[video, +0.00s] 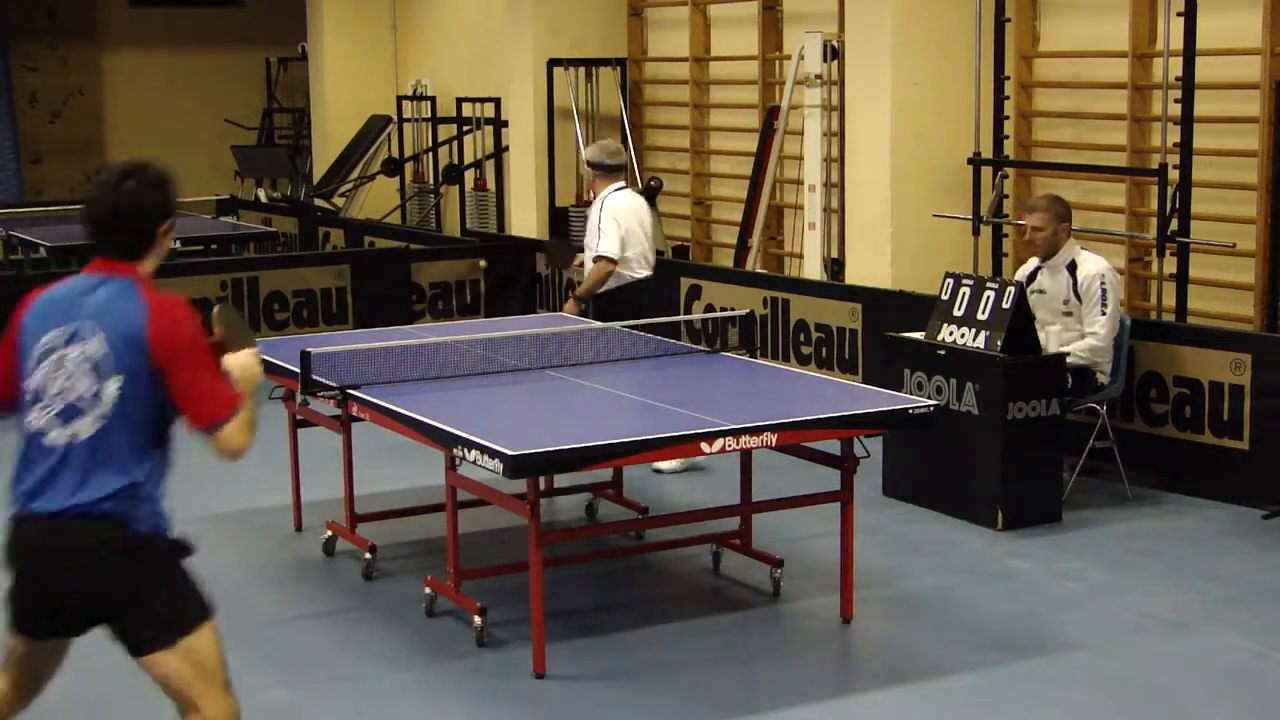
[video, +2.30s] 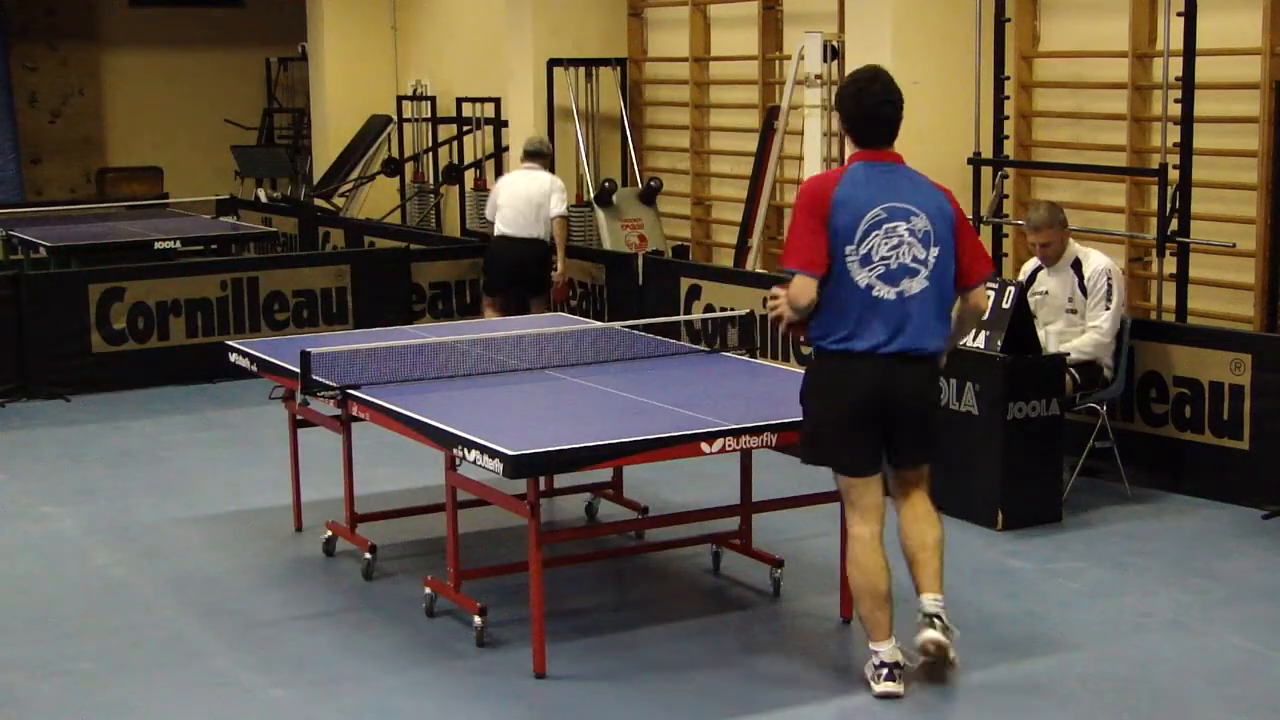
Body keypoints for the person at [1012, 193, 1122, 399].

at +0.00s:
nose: (1028, 238)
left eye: (1037, 230)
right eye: (1027, 229)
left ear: (1063, 231)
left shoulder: (1096, 272)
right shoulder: (1026, 273)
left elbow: (1099, 346)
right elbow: (1010, 330)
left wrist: (1045, 363)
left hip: (1085, 371)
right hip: (1036, 368)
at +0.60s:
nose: (1041, 235)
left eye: (1051, 228)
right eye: (1039, 226)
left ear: (1075, 231)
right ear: (1035, 225)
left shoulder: (1105, 274)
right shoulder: (1026, 270)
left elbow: (1108, 347)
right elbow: (995, 317)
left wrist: (1050, 363)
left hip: (1085, 375)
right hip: (1031, 369)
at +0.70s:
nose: (1040, 234)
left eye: (1051, 227)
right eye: (1039, 226)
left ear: (1075, 231)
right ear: (1036, 226)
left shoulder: (1104, 273)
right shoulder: (1027, 268)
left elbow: (1107, 348)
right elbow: (992, 302)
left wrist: (1047, 362)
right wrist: (982, 279)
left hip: (1082, 375)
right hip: (1029, 370)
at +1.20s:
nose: (1043, 232)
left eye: (1053, 224)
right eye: (1040, 224)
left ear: (1075, 227)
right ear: (1036, 225)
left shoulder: (1105, 271)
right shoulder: (1029, 266)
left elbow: (1121, 341)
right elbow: (994, 286)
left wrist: (1068, 347)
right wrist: (973, 280)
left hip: (1084, 372)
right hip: (1031, 365)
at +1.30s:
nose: (1047, 231)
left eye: (1056, 223)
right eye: (1042, 223)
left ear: (1075, 227)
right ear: (1036, 226)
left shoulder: (1105, 270)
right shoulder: (1027, 268)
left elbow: (1125, 339)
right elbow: (993, 302)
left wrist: (1071, 345)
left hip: (1085, 373)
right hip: (1032, 367)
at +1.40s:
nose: (1049, 230)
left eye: (1058, 222)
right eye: (1043, 222)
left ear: (1074, 226)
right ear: (1036, 227)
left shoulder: (1102, 269)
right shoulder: (1024, 272)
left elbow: (1128, 336)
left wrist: (1074, 349)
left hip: (1086, 374)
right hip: (1035, 370)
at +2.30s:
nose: (1039, 253)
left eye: (1046, 245)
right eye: (1033, 245)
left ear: (1066, 234)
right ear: (1026, 239)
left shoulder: (1099, 269)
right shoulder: (1029, 271)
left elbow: (1101, 338)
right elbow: (1017, 326)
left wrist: (1052, 361)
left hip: (1088, 365)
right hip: (1038, 364)